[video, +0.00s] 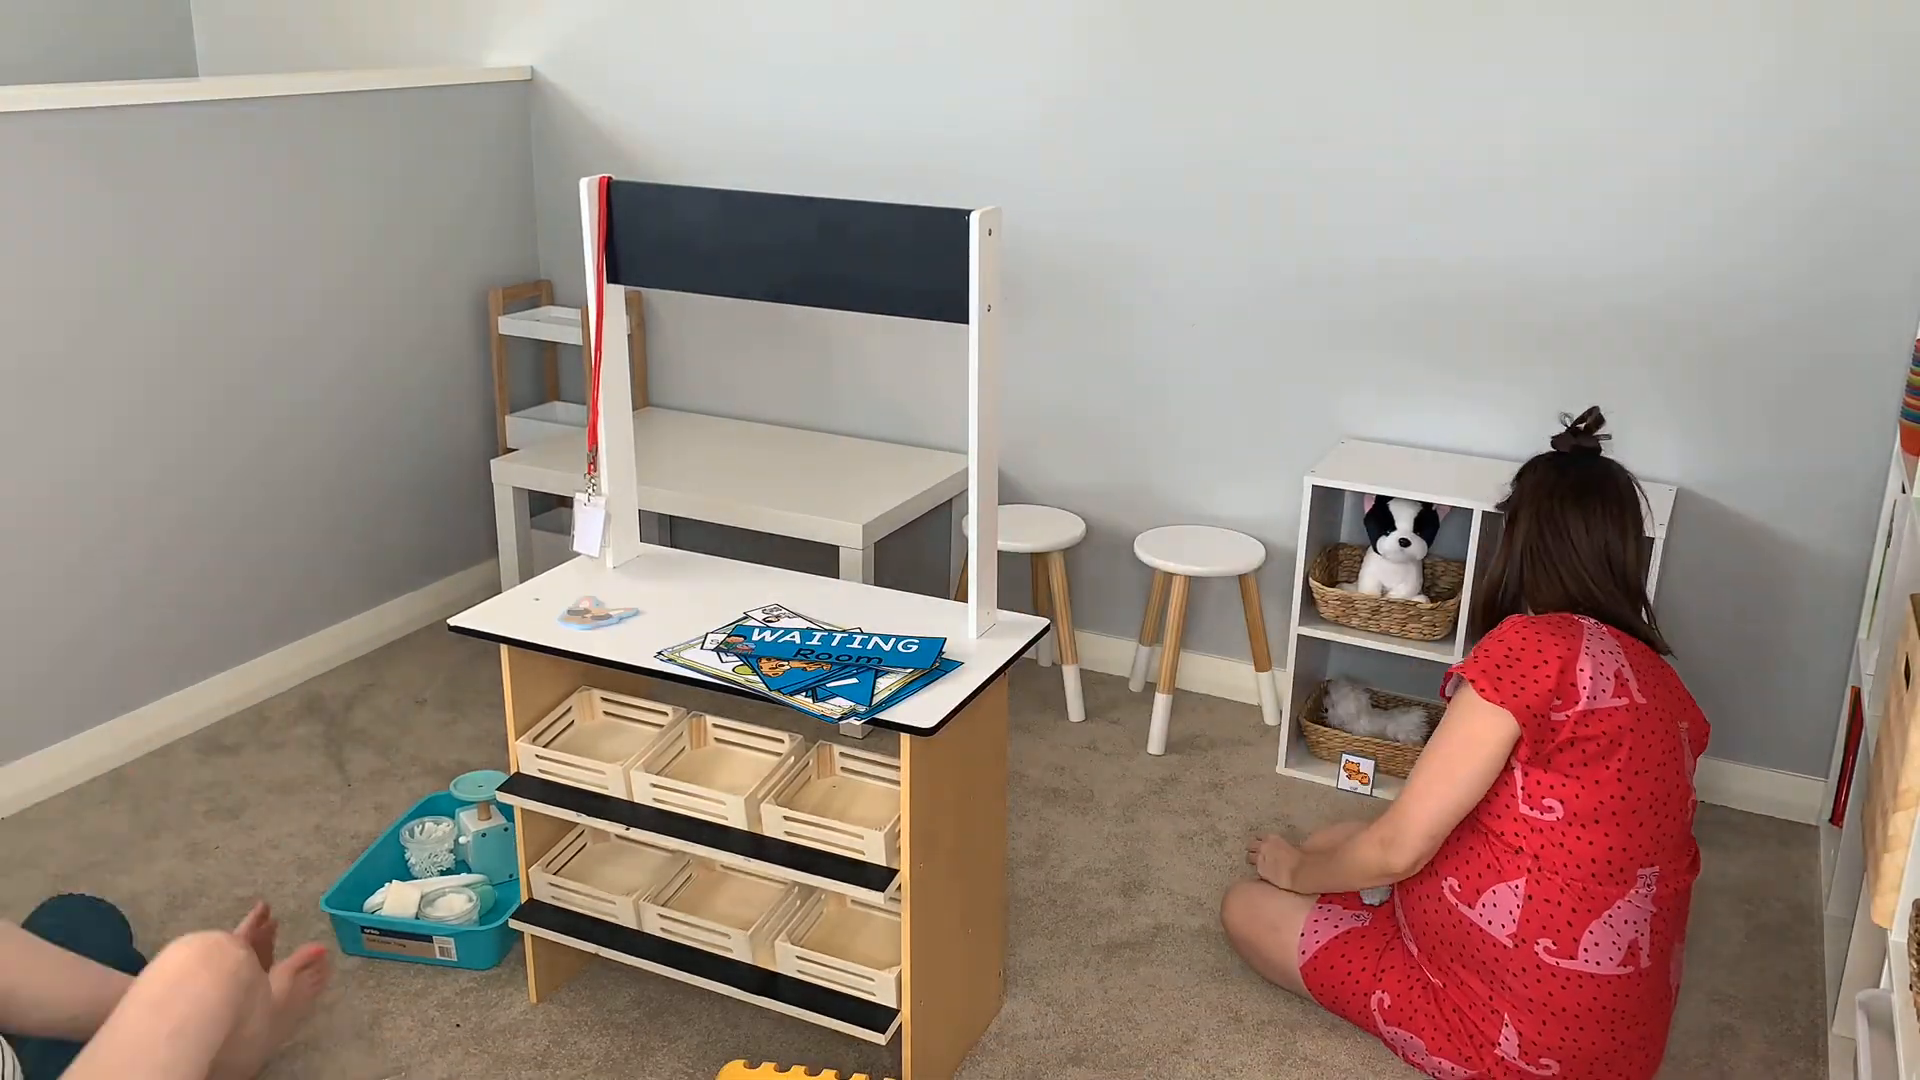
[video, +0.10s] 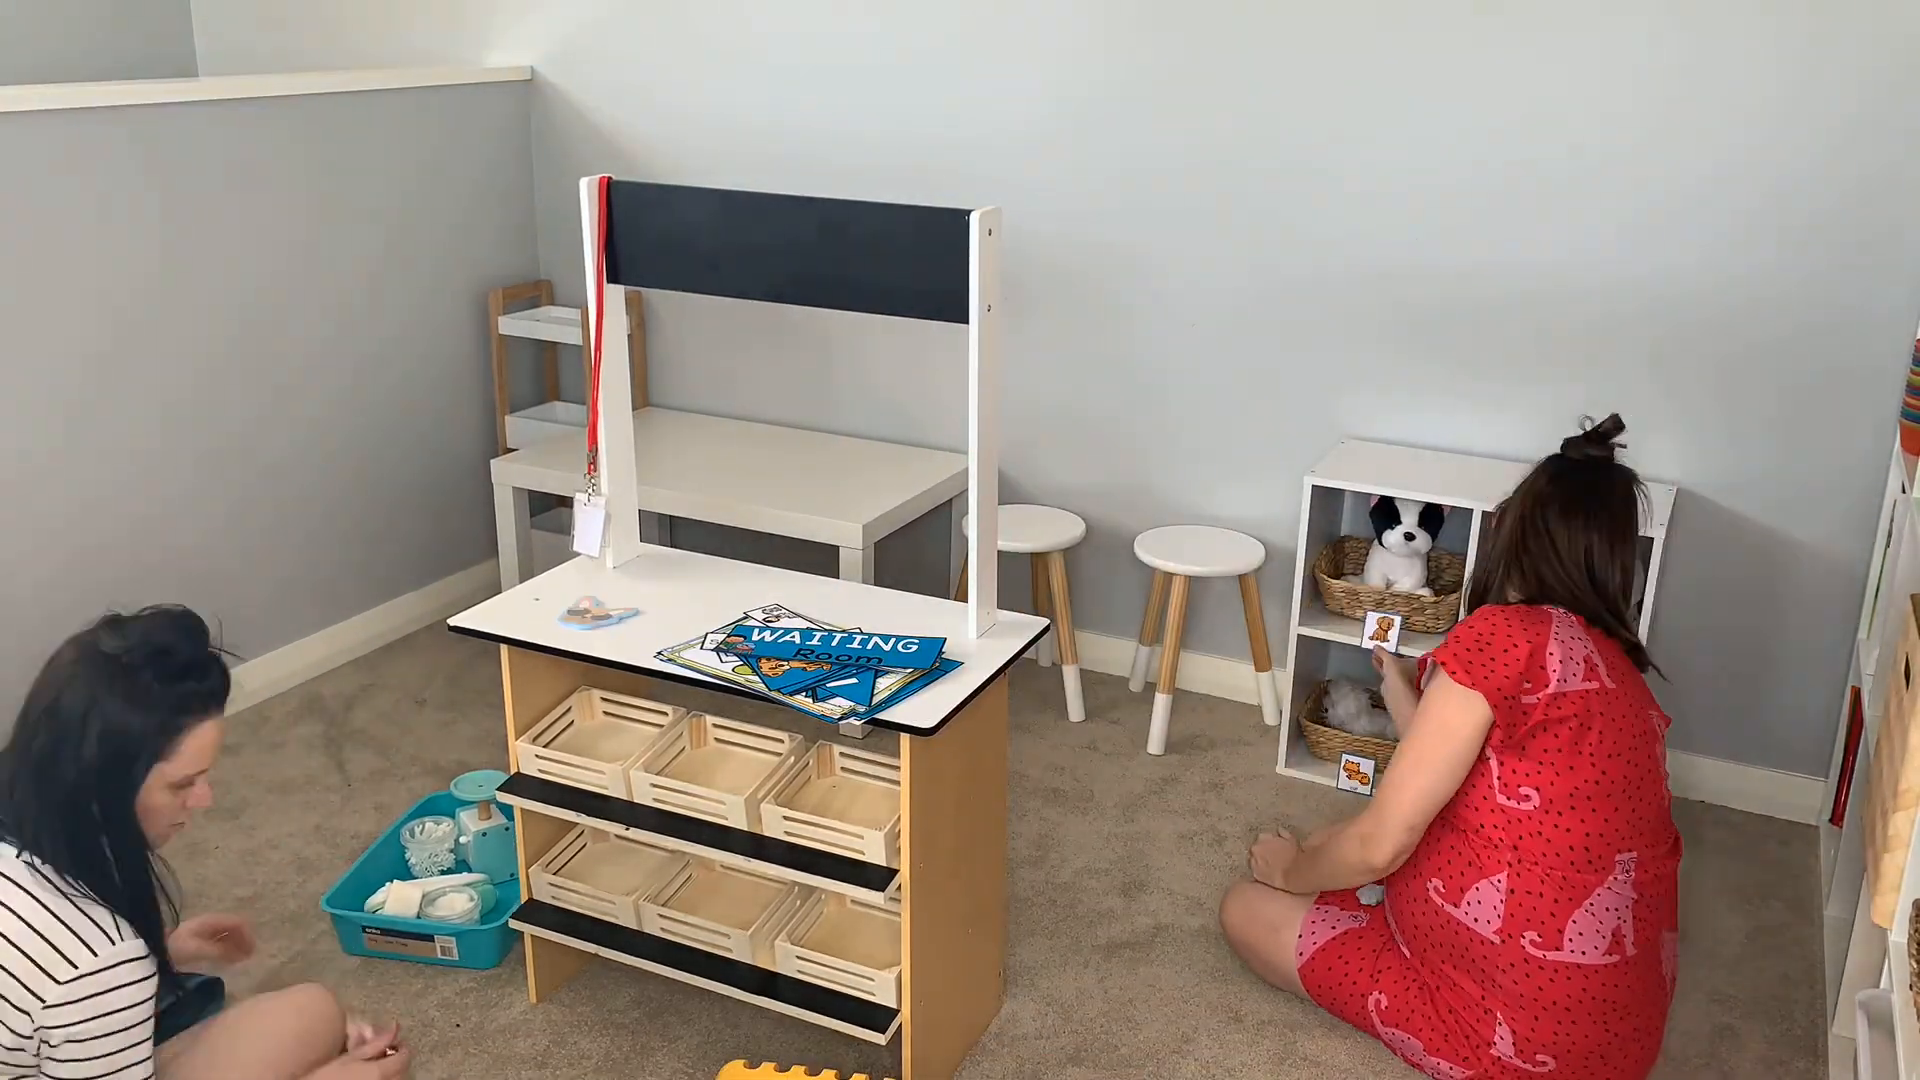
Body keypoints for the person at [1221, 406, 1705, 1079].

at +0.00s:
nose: (1501, 552)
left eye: (1507, 533)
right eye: (1507, 534)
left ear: (1520, 543)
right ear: (1625, 554)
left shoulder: (1534, 646)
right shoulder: (1663, 677)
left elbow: (1393, 850)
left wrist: (1295, 867)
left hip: (1510, 1029)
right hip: (1625, 1025)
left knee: (1246, 903)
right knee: (1343, 831)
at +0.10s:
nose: (1494, 539)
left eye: (1504, 524)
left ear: (1518, 533)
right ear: (1616, 554)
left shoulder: (1503, 635)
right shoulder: (1624, 665)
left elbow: (1379, 844)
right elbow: (1477, 801)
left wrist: (1292, 867)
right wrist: (1395, 683)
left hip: (1508, 1027)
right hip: (1623, 1019)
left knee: (1245, 905)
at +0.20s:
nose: (1504, 551)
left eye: (1509, 533)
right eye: (1509, 533)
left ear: (1523, 541)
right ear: (1623, 549)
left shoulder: (1535, 654)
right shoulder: (1671, 682)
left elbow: (1394, 857)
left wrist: (1297, 867)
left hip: (1506, 1029)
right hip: (1626, 1028)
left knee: (1246, 903)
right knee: (1345, 831)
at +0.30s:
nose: (1496, 553)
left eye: (1500, 534)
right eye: (1502, 534)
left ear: (1515, 542)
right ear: (1614, 544)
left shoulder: (1549, 644)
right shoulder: (1664, 664)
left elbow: (1445, 870)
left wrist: (1354, 875)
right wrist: (1393, 849)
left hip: (1528, 1025)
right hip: (1627, 1012)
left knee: (1249, 905)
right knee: (1339, 835)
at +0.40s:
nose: (1482, 556)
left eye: (1488, 538)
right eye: (1489, 538)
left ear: (1504, 547)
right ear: (1607, 545)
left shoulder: (1536, 654)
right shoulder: (1658, 665)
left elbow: (1441, 887)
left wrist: (1352, 885)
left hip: (1529, 1025)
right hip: (1629, 1007)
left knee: (1249, 904)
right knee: (1343, 831)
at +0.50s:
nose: (1505, 551)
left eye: (1511, 534)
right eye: (1510, 534)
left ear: (1527, 543)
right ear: (1629, 552)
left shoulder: (1551, 655)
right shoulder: (1668, 673)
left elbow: (1449, 885)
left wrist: (1352, 881)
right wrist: (1391, 852)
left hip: (1528, 1029)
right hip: (1628, 1016)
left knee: (1250, 904)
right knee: (1342, 835)